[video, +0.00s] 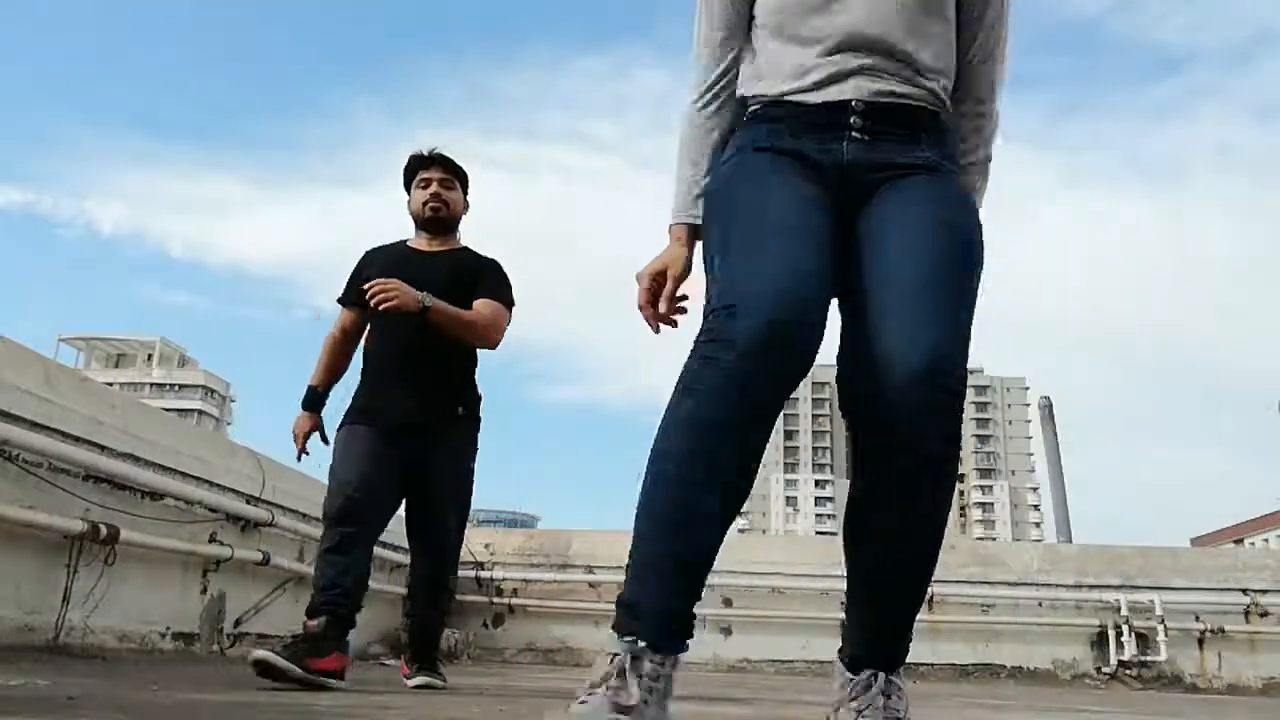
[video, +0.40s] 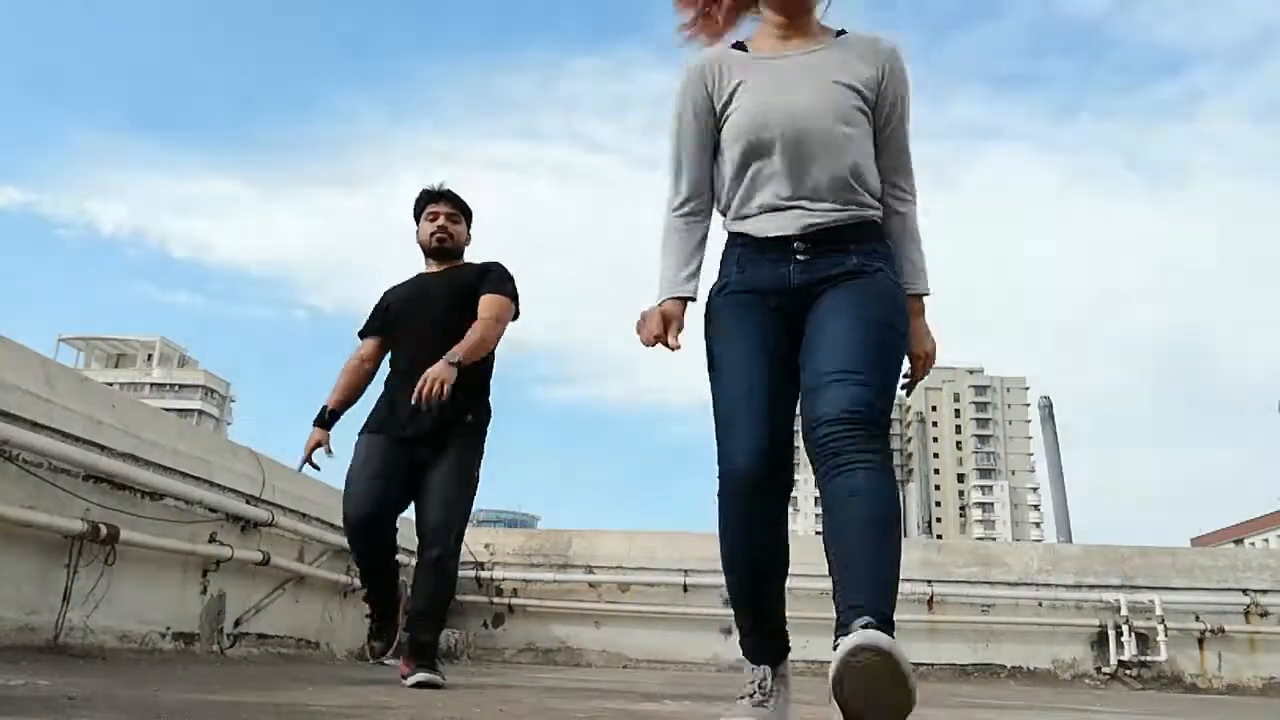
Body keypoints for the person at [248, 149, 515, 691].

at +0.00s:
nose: (434, 191)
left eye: (447, 185)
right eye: (424, 184)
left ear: (464, 202)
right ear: (409, 201)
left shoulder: (485, 271)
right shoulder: (378, 261)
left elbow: (488, 332)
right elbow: (344, 336)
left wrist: (421, 302)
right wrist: (312, 403)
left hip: (447, 425)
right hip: (374, 416)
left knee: (437, 544)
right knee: (346, 515)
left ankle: (423, 657)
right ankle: (324, 642)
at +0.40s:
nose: (441, 223)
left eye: (452, 218)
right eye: (431, 217)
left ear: (468, 233)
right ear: (417, 232)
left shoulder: (489, 275)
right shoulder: (396, 297)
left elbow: (491, 325)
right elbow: (363, 361)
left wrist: (452, 360)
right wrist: (325, 419)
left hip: (456, 428)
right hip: (391, 423)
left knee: (440, 539)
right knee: (361, 518)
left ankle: (419, 656)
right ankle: (385, 610)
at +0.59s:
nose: (433, 250)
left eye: (443, 246)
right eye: (423, 244)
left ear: (457, 260)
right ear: (408, 259)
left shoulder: (479, 302)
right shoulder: (389, 325)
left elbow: (499, 355)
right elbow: (354, 382)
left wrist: (490, 406)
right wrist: (314, 436)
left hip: (450, 441)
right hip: (389, 446)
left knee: (429, 539)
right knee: (383, 550)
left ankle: (418, 656)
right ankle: (401, 644)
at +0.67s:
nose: (430, 255)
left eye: (440, 251)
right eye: (421, 249)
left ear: (453, 266)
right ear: (405, 263)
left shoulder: (476, 309)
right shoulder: (385, 330)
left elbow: (499, 366)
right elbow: (356, 383)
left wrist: (507, 420)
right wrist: (320, 435)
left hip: (448, 439)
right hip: (390, 441)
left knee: (427, 536)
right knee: (380, 547)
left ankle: (420, 655)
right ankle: (400, 641)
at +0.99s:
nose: (449, 267)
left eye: (459, 263)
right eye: (440, 261)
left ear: (472, 277)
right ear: (425, 274)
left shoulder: (486, 337)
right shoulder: (395, 323)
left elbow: (517, 384)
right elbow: (358, 357)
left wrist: (548, 427)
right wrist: (316, 388)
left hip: (447, 454)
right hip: (390, 450)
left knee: (431, 534)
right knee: (379, 542)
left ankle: (443, 627)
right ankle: (402, 638)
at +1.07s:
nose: (453, 273)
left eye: (463, 269)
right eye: (444, 268)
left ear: (475, 284)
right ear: (429, 281)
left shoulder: (488, 345)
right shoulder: (398, 328)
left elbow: (520, 390)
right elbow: (358, 358)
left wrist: (554, 429)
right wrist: (313, 386)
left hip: (449, 465)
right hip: (391, 458)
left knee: (435, 547)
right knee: (379, 545)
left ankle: (442, 646)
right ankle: (404, 639)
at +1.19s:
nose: (460, 282)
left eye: (470, 278)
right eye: (451, 277)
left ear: (482, 294)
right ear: (437, 291)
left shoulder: (495, 355)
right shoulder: (407, 336)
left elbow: (528, 396)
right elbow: (362, 361)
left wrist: (566, 432)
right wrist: (310, 385)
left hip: (454, 471)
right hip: (398, 462)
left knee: (444, 558)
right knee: (386, 541)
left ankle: (439, 650)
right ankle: (404, 638)